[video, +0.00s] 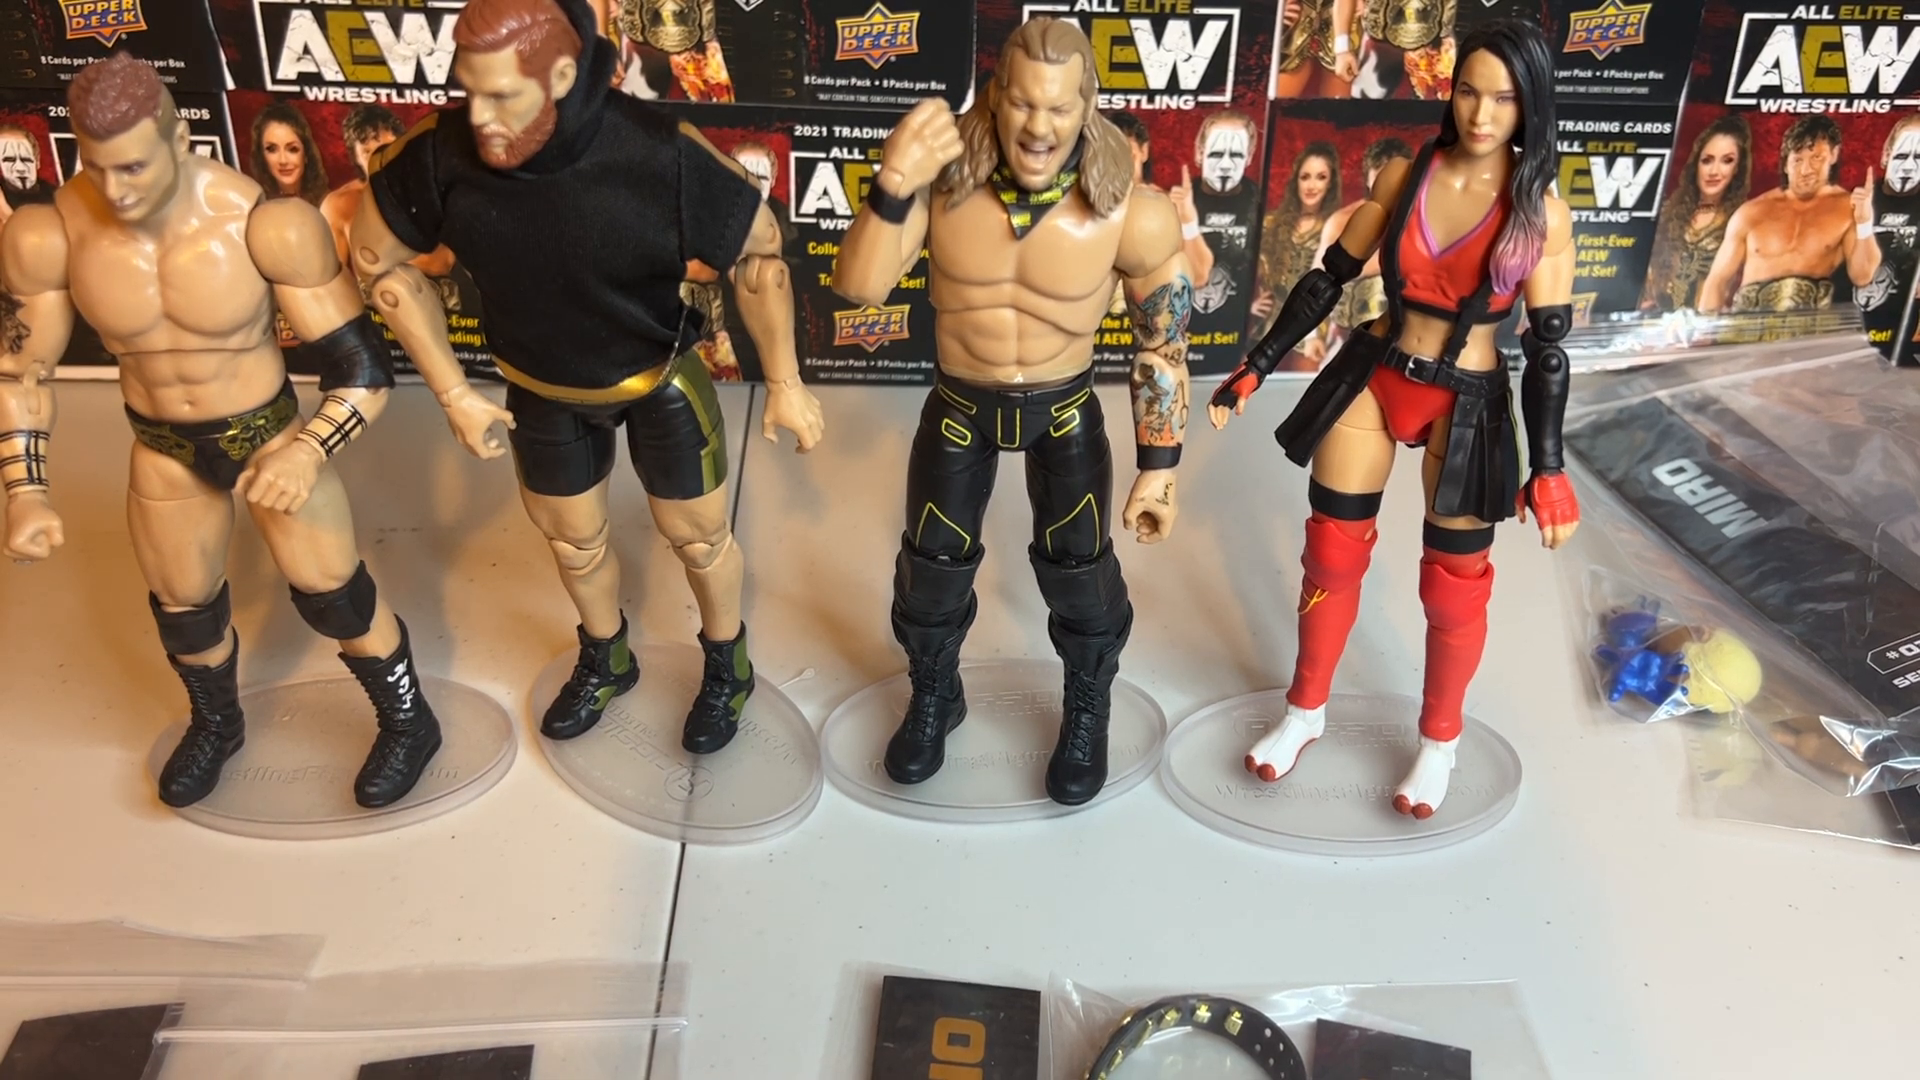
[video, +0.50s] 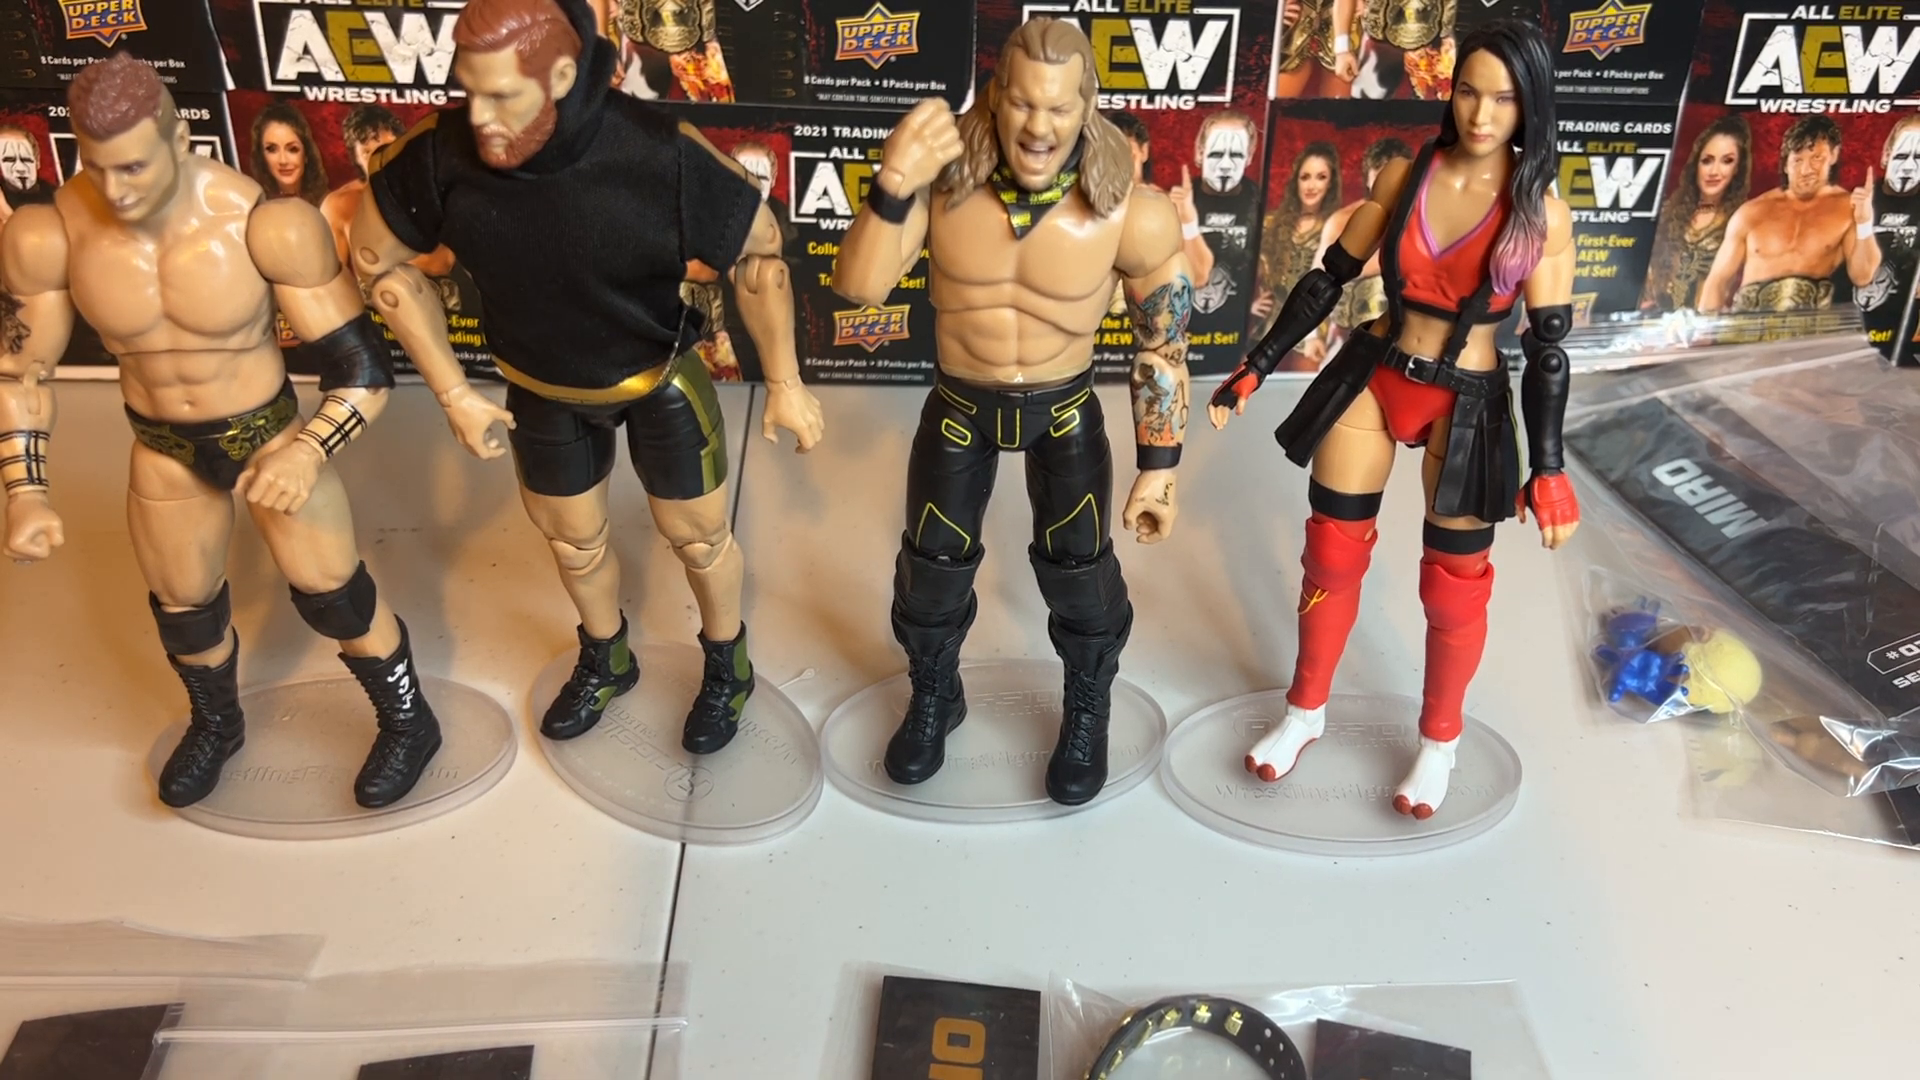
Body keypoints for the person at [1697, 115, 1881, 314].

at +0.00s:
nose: (1806, 169)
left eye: (1816, 158)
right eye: (1797, 160)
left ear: (1834, 156)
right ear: (1785, 162)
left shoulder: (1847, 207)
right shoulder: (1750, 212)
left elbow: (1861, 277)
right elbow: (1718, 281)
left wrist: (1864, 223)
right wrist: (1704, 335)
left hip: (1809, 313)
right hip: (1748, 311)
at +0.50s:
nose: (1806, 169)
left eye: (1817, 158)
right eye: (1797, 160)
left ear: (1834, 156)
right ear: (1785, 163)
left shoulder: (1847, 206)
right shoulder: (1751, 212)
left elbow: (1862, 277)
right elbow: (1718, 281)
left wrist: (1864, 223)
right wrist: (1704, 334)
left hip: (1809, 315)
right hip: (1748, 313)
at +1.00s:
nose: (1806, 169)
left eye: (1816, 158)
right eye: (1797, 160)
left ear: (1834, 156)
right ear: (1785, 163)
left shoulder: (1847, 207)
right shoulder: (1750, 212)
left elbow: (1861, 277)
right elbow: (1718, 281)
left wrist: (1864, 223)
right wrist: (1704, 335)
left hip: (1810, 315)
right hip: (1748, 312)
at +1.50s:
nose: (1806, 169)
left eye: (1817, 158)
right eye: (1797, 160)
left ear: (1834, 156)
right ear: (1785, 163)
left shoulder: (1847, 206)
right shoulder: (1750, 212)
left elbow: (1861, 277)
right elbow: (1718, 281)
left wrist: (1864, 223)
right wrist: (1704, 335)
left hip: (1810, 315)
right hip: (1748, 312)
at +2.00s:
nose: (1806, 169)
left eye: (1816, 158)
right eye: (1797, 160)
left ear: (1834, 156)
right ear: (1785, 163)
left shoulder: (1848, 207)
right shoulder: (1750, 212)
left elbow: (1862, 277)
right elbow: (1718, 282)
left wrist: (1864, 223)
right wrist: (1704, 336)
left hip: (1810, 316)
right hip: (1748, 314)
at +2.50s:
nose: (1806, 169)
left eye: (1816, 158)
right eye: (1797, 160)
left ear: (1834, 156)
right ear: (1785, 163)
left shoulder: (1848, 207)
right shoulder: (1750, 212)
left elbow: (1862, 277)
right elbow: (1718, 281)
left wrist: (1864, 223)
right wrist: (1704, 336)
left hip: (1809, 315)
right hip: (1748, 313)